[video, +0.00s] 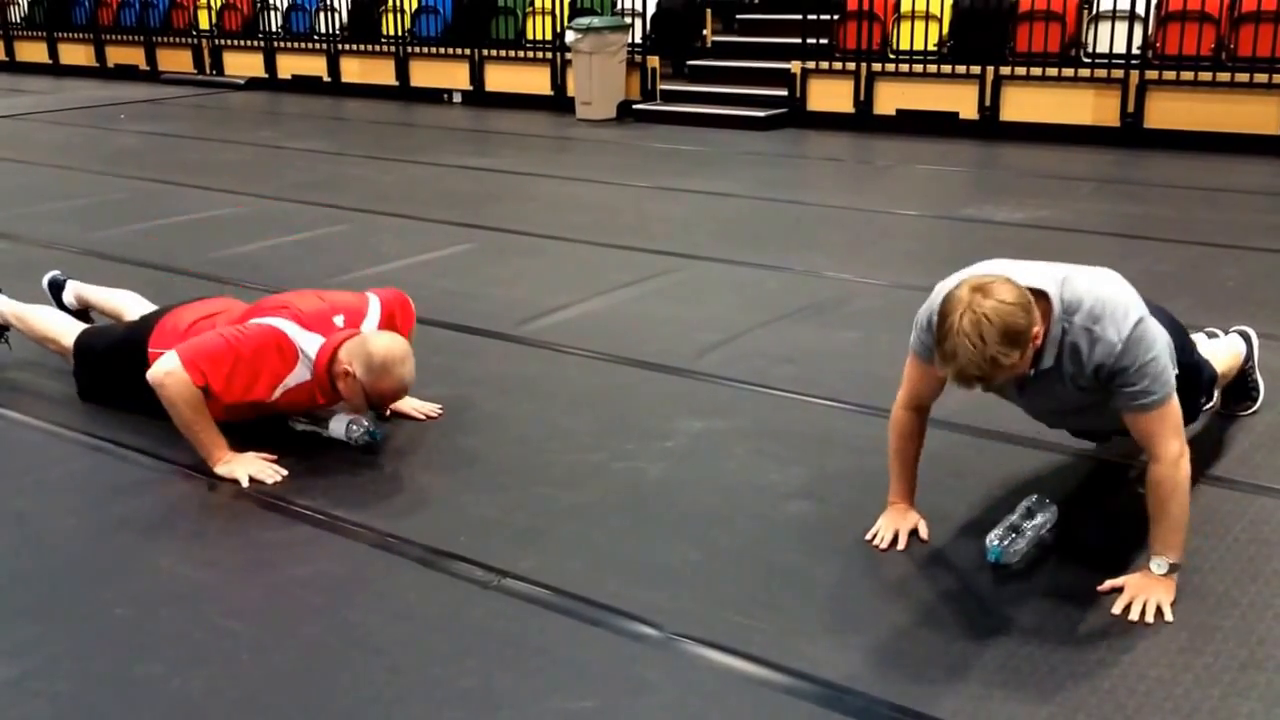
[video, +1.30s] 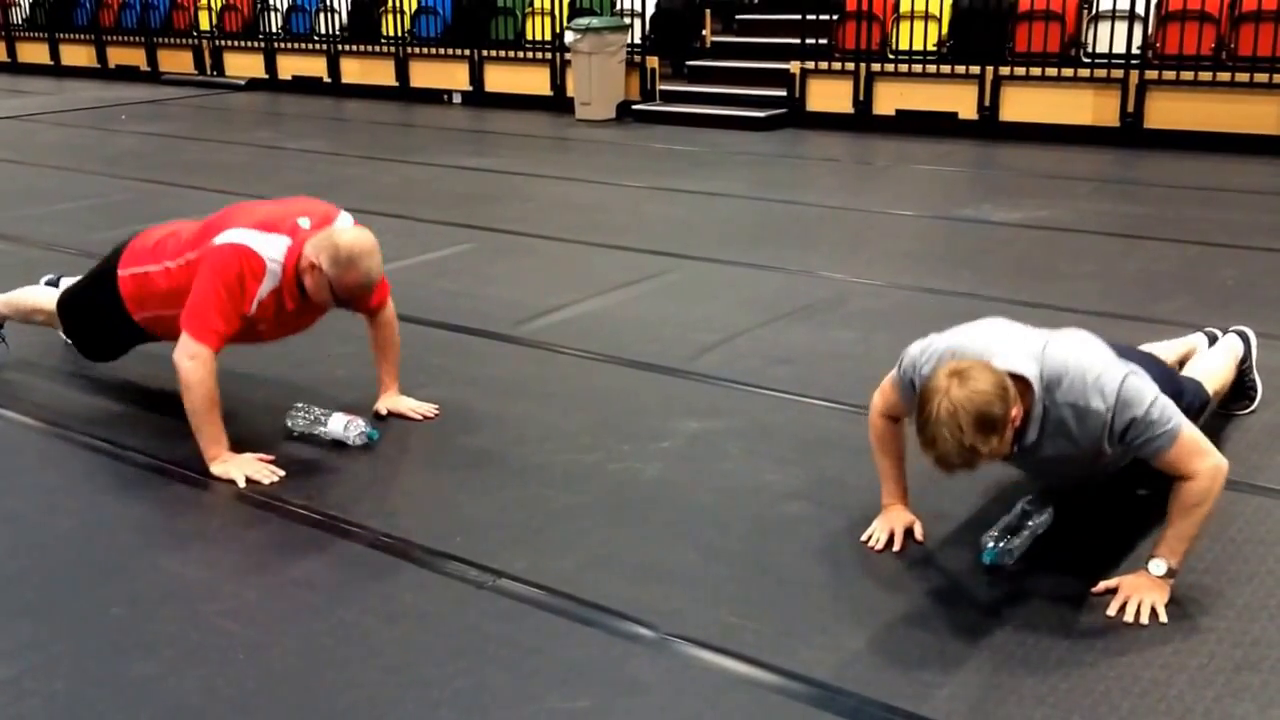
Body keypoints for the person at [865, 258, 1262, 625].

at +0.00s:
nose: (992, 386)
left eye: (1003, 375)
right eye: (980, 378)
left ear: (1035, 336)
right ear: (953, 341)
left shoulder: (1122, 334)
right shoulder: (945, 315)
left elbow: (1169, 454)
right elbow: (911, 406)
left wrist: (1161, 569)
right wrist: (899, 502)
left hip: (1148, 377)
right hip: (1064, 400)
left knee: (1198, 385)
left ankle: (1236, 351)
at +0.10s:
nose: (989, 405)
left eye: (999, 392)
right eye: (975, 396)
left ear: (1030, 352)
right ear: (957, 364)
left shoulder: (1120, 352)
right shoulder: (939, 332)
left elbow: (1194, 458)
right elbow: (901, 407)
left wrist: (1162, 570)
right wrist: (898, 502)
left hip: (1148, 375)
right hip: (1062, 403)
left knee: (1198, 377)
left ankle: (1238, 348)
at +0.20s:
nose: (987, 450)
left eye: (993, 441)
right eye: (974, 444)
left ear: (1022, 403)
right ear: (946, 403)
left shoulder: (1107, 389)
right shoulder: (936, 360)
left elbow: (1213, 467)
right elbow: (887, 408)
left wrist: (1163, 570)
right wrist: (897, 503)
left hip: (1141, 388)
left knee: (1200, 390)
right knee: (1148, 364)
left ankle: (1236, 346)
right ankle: (1202, 340)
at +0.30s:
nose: (981, 496)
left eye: (985, 487)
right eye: (968, 490)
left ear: (1014, 451)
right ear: (934, 432)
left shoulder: (1105, 423)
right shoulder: (941, 383)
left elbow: (1223, 475)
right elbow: (879, 409)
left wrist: (1163, 571)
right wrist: (896, 502)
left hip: (1141, 406)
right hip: (1077, 379)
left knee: (1196, 399)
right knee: (1135, 376)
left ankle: (1235, 346)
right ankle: (1199, 341)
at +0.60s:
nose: (990, 441)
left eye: (995, 431)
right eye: (975, 435)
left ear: (1023, 391)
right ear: (946, 388)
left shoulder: (1110, 374)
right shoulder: (933, 348)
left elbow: (1202, 466)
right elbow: (889, 408)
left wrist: (1161, 571)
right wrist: (896, 504)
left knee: (1196, 389)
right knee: (1151, 363)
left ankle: (1238, 346)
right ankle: (1201, 340)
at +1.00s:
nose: (979, 483)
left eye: (984, 475)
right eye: (962, 478)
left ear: (1009, 432)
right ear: (932, 427)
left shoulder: (1100, 407)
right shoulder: (930, 372)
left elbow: (1210, 469)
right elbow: (880, 412)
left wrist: (1158, 572)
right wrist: (893, 503)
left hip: (1137, 398)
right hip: (1087, 372)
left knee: (1193, 393)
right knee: (1133, 365)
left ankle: (1235, 346)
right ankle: (1201, 339)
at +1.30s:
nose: (990, 463)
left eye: (992, 452)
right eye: (974, 459)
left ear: (1014, 412)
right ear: (941, 417)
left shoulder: (1104, 394)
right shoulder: (930, 361)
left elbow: (1208, 469)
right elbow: (883, 410)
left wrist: (1158, 571)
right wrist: (894, 504)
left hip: (1136, 388)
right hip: (1084, 365)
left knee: (1195, 390)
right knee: (1139, 363)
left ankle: (1234, 345)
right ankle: (1198, 340)